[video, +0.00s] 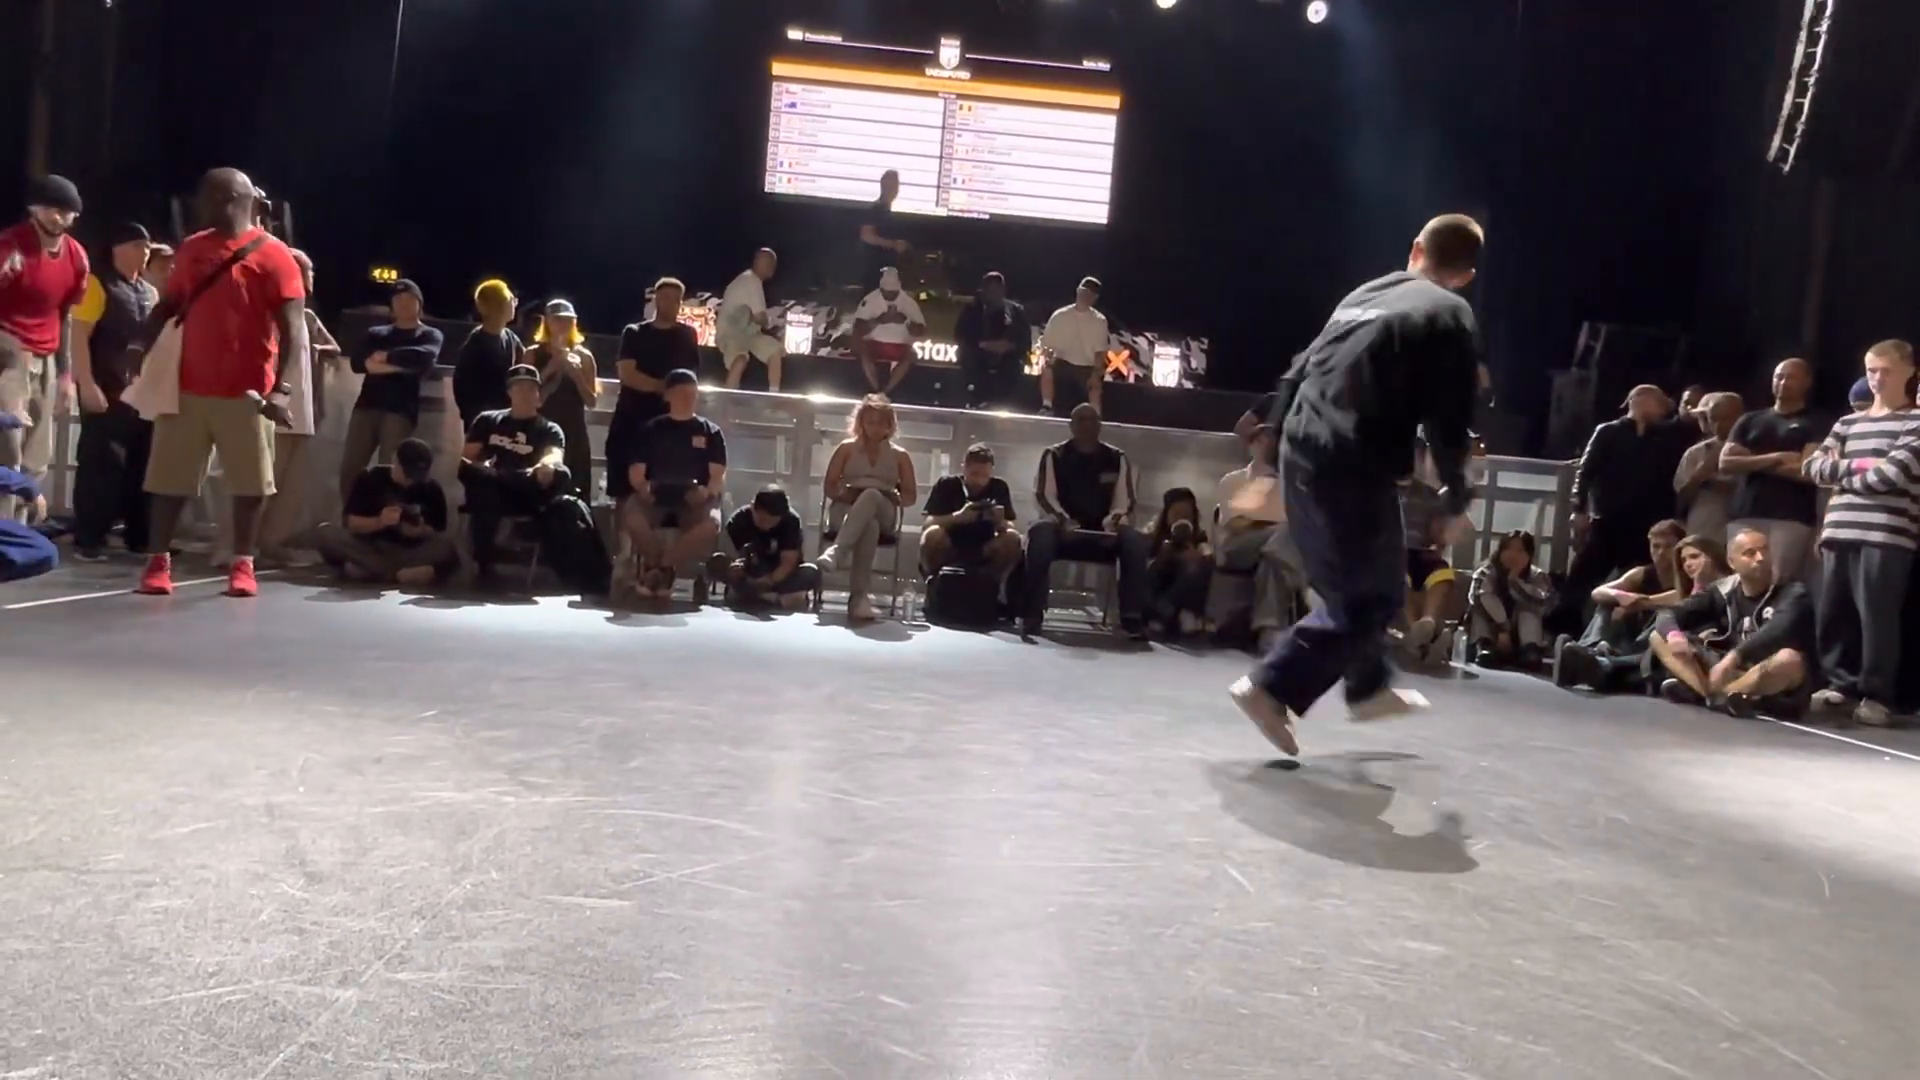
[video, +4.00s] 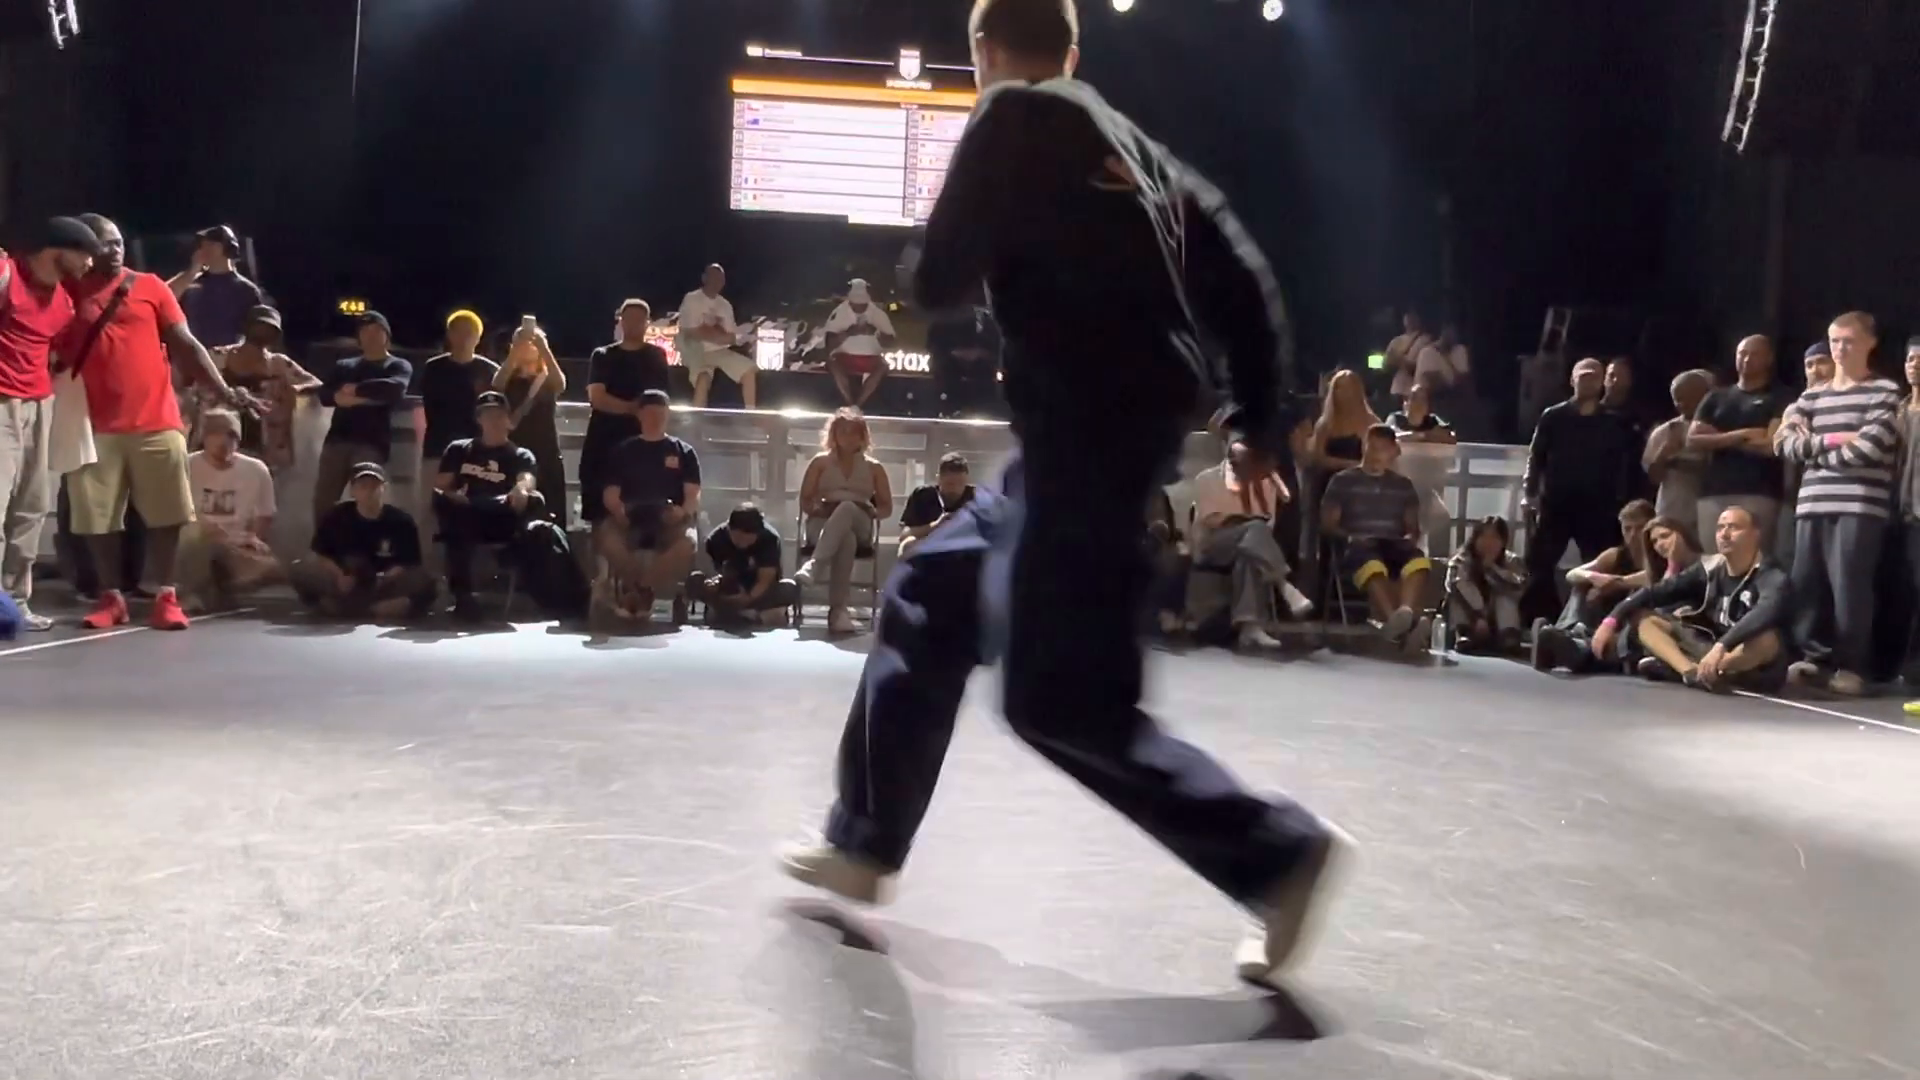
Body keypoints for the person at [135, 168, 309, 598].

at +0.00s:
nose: (212, 204)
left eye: (220, 196)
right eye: (210, 196)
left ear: (246, 201)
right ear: (210, 200)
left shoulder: (278, 257)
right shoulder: (191, 249)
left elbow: (294, 329)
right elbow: (165, 309)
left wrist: (284, 388)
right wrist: (140, 357)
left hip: (245, 394)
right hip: (185, 390)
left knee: (250, 485)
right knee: (168, 482)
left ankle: (243, 563)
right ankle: (158, 562)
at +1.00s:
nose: (180, 211)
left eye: (188, 202)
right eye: (177, 203)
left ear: (214, 200)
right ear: (177, 207)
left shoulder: (245, 252)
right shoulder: (177, 250)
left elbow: (268, 324)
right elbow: (148, 282)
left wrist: (260, 385)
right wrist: (102, 257)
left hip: (226, 390)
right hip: (172, 389)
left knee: (237, 481)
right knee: (171, 477)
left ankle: (240, 564)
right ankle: (178, 559)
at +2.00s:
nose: (226, 209)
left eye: (234, 202)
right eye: (219, 201)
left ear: (248, 210)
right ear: (205, 206)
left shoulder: (267, 261)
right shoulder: (183, 246)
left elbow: (284, 331)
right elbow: (134, 273)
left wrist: (276, 392)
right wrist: (91, 242)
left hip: (235, 391)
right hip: (175, 386)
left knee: (236, 480)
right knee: (166, 474)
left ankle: (226, 559)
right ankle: (175, 557)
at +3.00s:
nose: (112, 224)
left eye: (118, 216)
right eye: (106, 218)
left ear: (140, 217)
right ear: (101, 226)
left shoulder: (180, 261)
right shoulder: (95, 270)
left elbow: (215, 321)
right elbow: (69, 335)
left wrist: (236, 378)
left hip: (181, 403)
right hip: (120, 405)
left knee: (191, 497)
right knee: (120, 498)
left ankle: (197, 574)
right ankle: (125, 575)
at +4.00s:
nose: (114, 251)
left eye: (117, 242)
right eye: (105, 245)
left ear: (125, 246)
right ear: (85, 252)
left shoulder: (151, 286)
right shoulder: (72, 295)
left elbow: (188, 343)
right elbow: (52, 358)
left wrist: (226, 388)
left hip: (156, 422)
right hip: (97, 427)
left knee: (168, 514)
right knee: (99, 520)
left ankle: (165, 597)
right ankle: (111, 600)